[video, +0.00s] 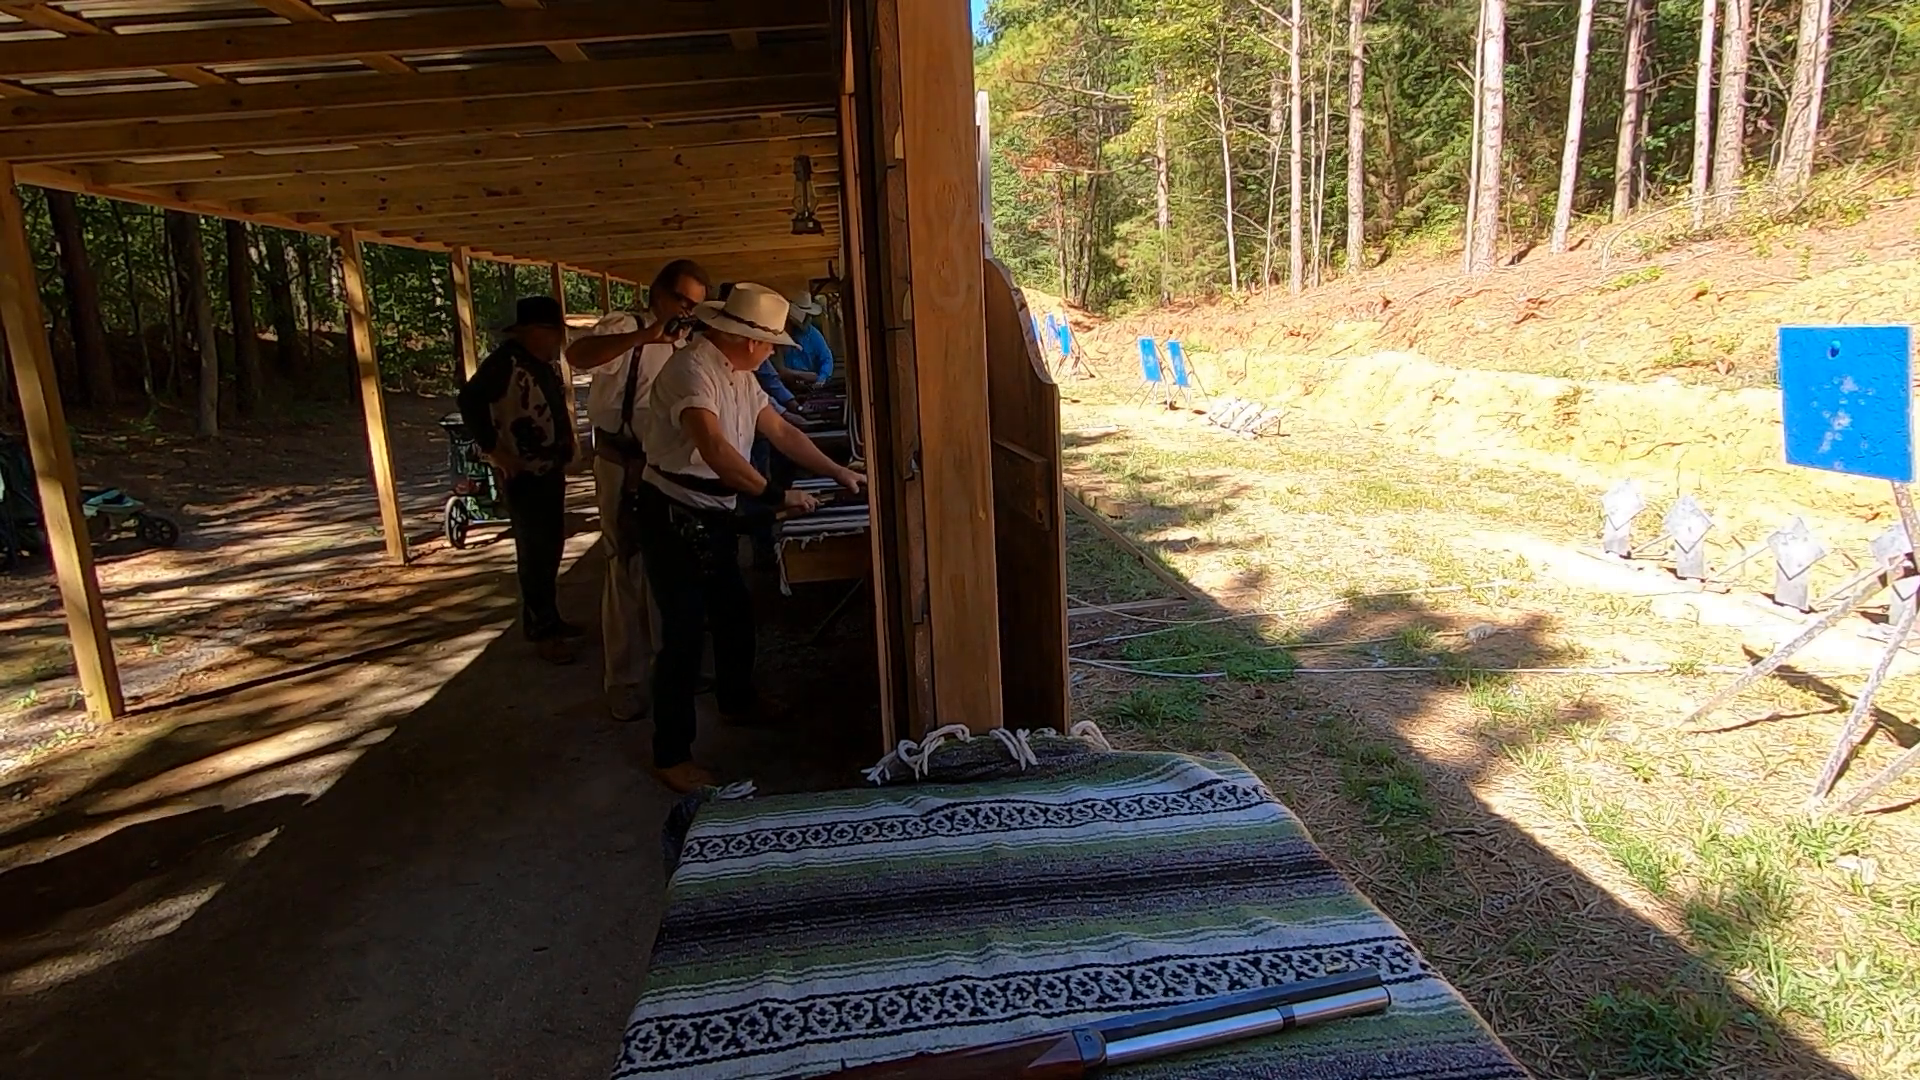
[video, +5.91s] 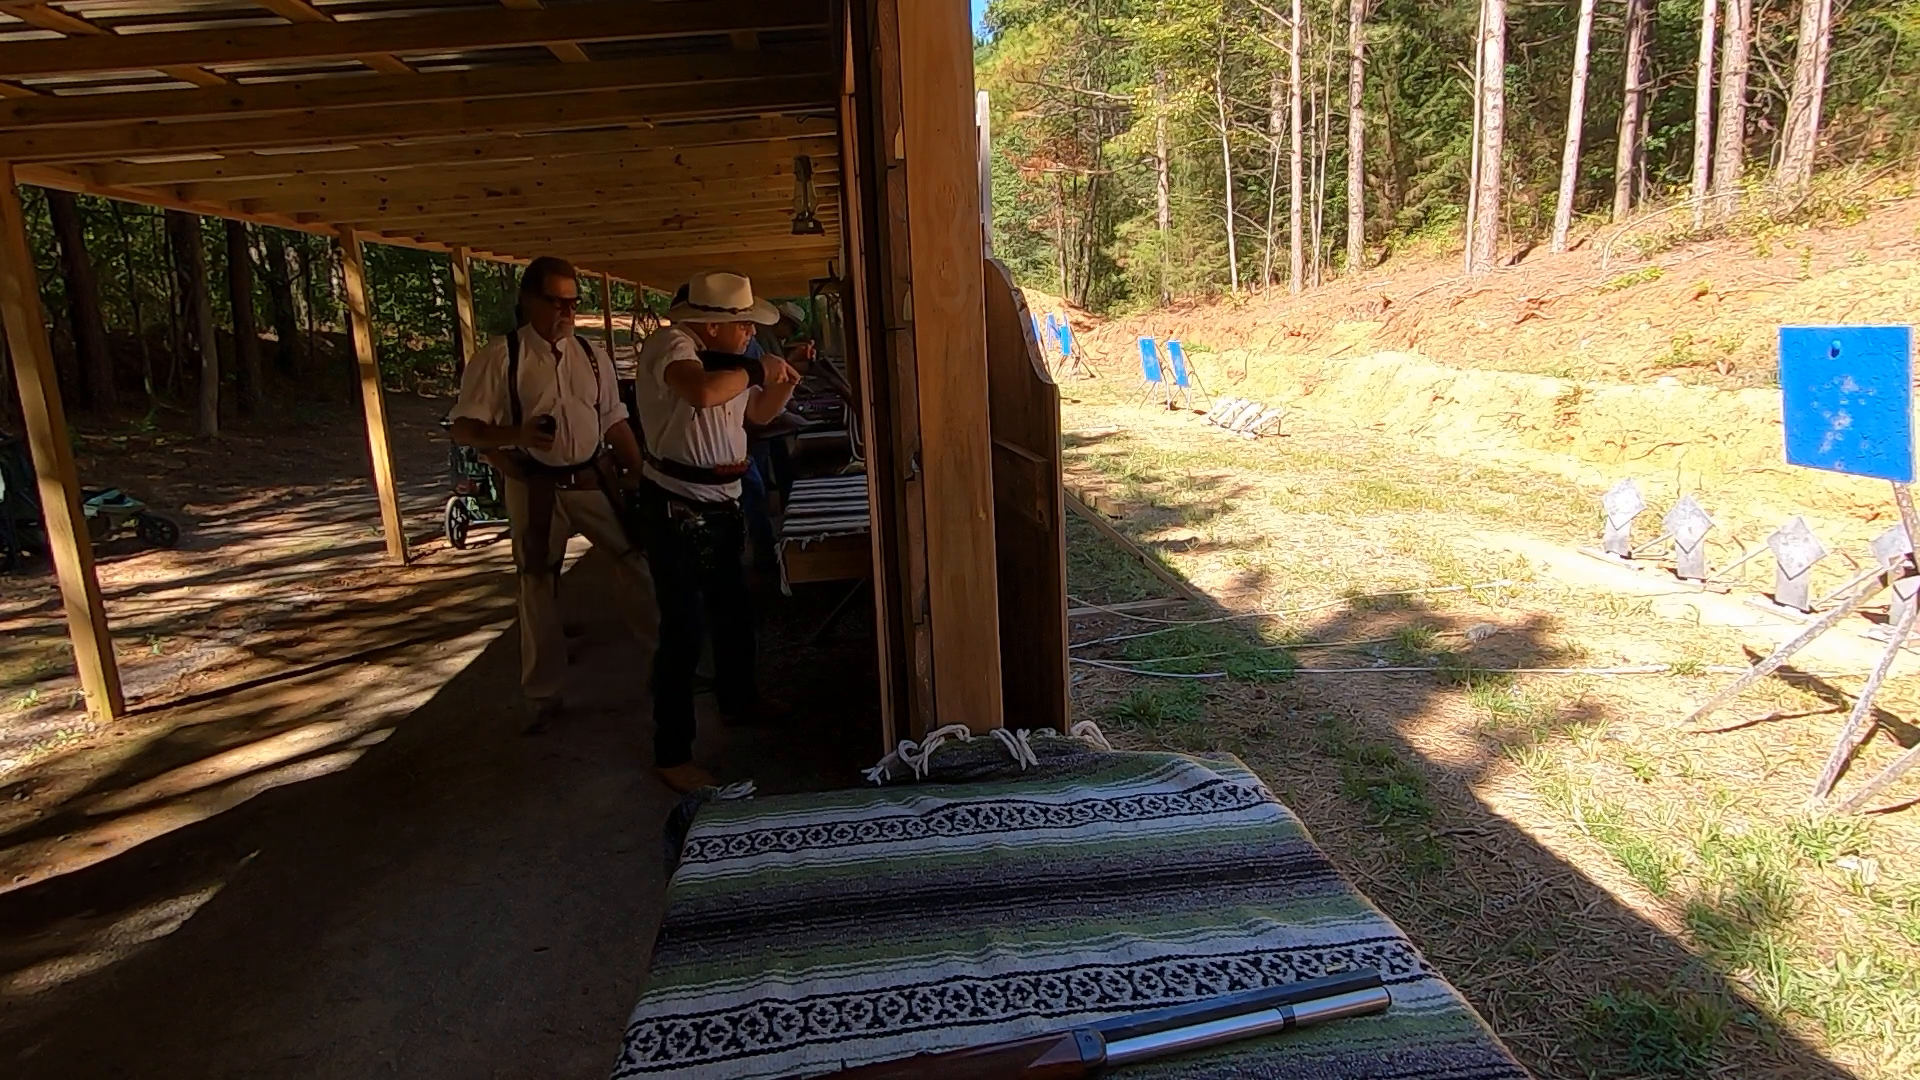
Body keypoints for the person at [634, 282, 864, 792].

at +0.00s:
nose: (771, 354)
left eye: (773, 346)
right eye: (770, 345)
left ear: (744, 340)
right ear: (750, 341)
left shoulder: (742, 375)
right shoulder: (690, 367)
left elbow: (780, 430)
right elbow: (711, 446)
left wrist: (838, 470)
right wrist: (774, 493)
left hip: (716, 514)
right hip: (670, 514)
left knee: (734, 613)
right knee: (685, 632)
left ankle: (739, 704)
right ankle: (671, 756)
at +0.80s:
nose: (758, 373)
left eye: (762, 366)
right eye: (757, 364)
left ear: (744, 346)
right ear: (734, 344)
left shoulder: (731, 370)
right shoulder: (687, 372)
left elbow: (743, 425)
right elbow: (709, 453)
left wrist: (765, 453)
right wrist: (775, 495)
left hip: (721, 512)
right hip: (676, 514)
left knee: (736, 615)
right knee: (685, 634)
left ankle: (740, 706)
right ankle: (671, 756)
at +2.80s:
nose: (753, 373)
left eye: (756, 365)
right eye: (751, 363)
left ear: (724, 349)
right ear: (724, 348)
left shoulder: (718, 377)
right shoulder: (681, 377)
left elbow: (722, 444)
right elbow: (707, 459)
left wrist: (749, 466)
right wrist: (778, 495)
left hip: (716, 516)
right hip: (673, 520)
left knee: (739, 615)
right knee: (689, 636)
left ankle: (739, 708)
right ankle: (672, 757)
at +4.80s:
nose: (758, 373)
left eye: (762, 366)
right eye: (755, 364)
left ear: (727, 349)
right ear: (728, 348)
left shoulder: (721, 377)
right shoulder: (686, 379)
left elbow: (727, 446)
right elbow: (710, 460)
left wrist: (752, 471)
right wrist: (780, 494)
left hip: (716, 516)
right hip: (672, 520)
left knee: (743, 610)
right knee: (689, 635)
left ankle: (739, 703)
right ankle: (672, 757)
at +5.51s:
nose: (757, 355)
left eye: (760, 346)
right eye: (753, 344)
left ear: (727, 335)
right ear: (725, 333)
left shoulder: (717, 362)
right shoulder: (686, 353)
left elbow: (722, 424)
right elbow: (724, 409)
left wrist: (751, 450)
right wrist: (786, 423)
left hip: (717, 512)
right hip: (672, 513)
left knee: (737, 613)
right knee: (689, 632)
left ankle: (740, 706)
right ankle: (673, 756)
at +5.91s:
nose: (750, 333)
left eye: (750, 324)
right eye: (743, 325)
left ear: (722, 324)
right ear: (712, 323)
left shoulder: (730, 359)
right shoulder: (669, 343)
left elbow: (757, 415)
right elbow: (702, 390)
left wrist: (784, 383)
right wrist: (755, 370)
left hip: (724, 508)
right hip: (674, 510)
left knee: (734, 615)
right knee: (682, 632)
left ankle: (739, 707)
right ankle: (672, 756)